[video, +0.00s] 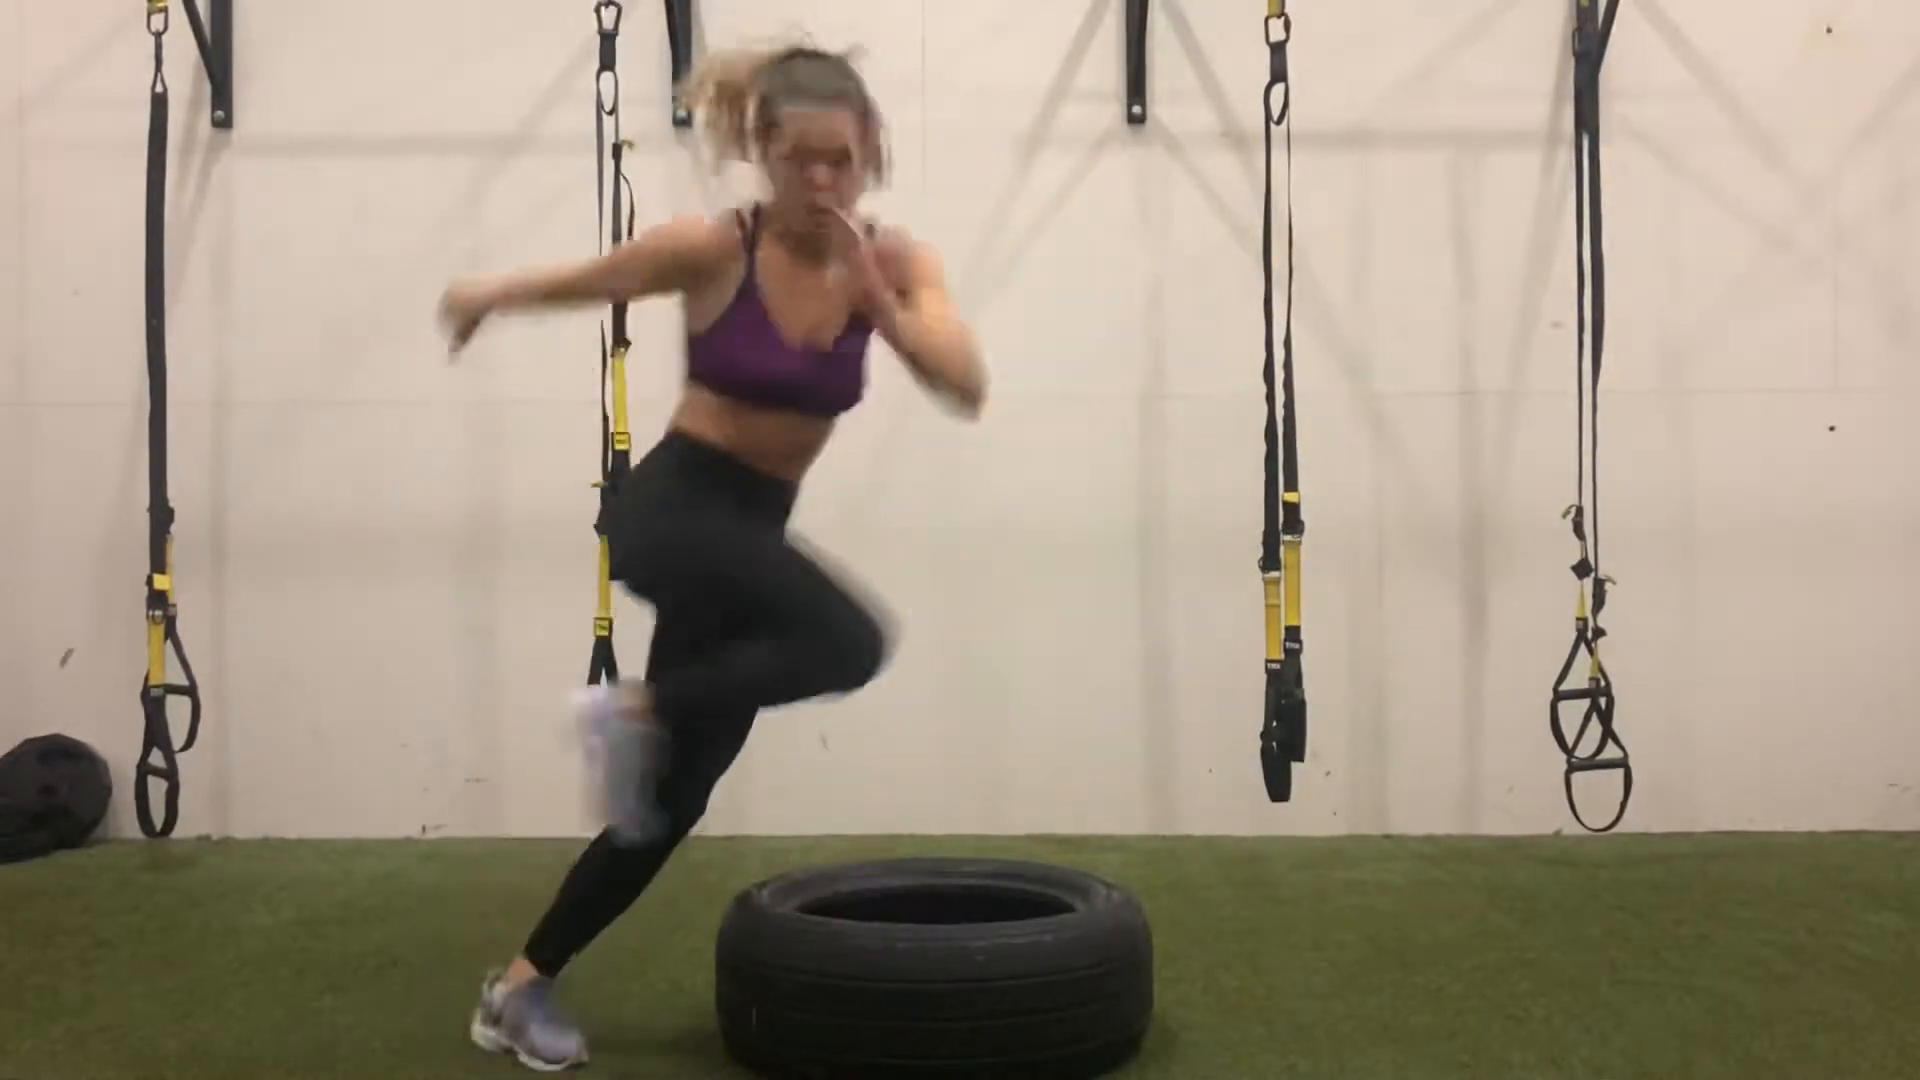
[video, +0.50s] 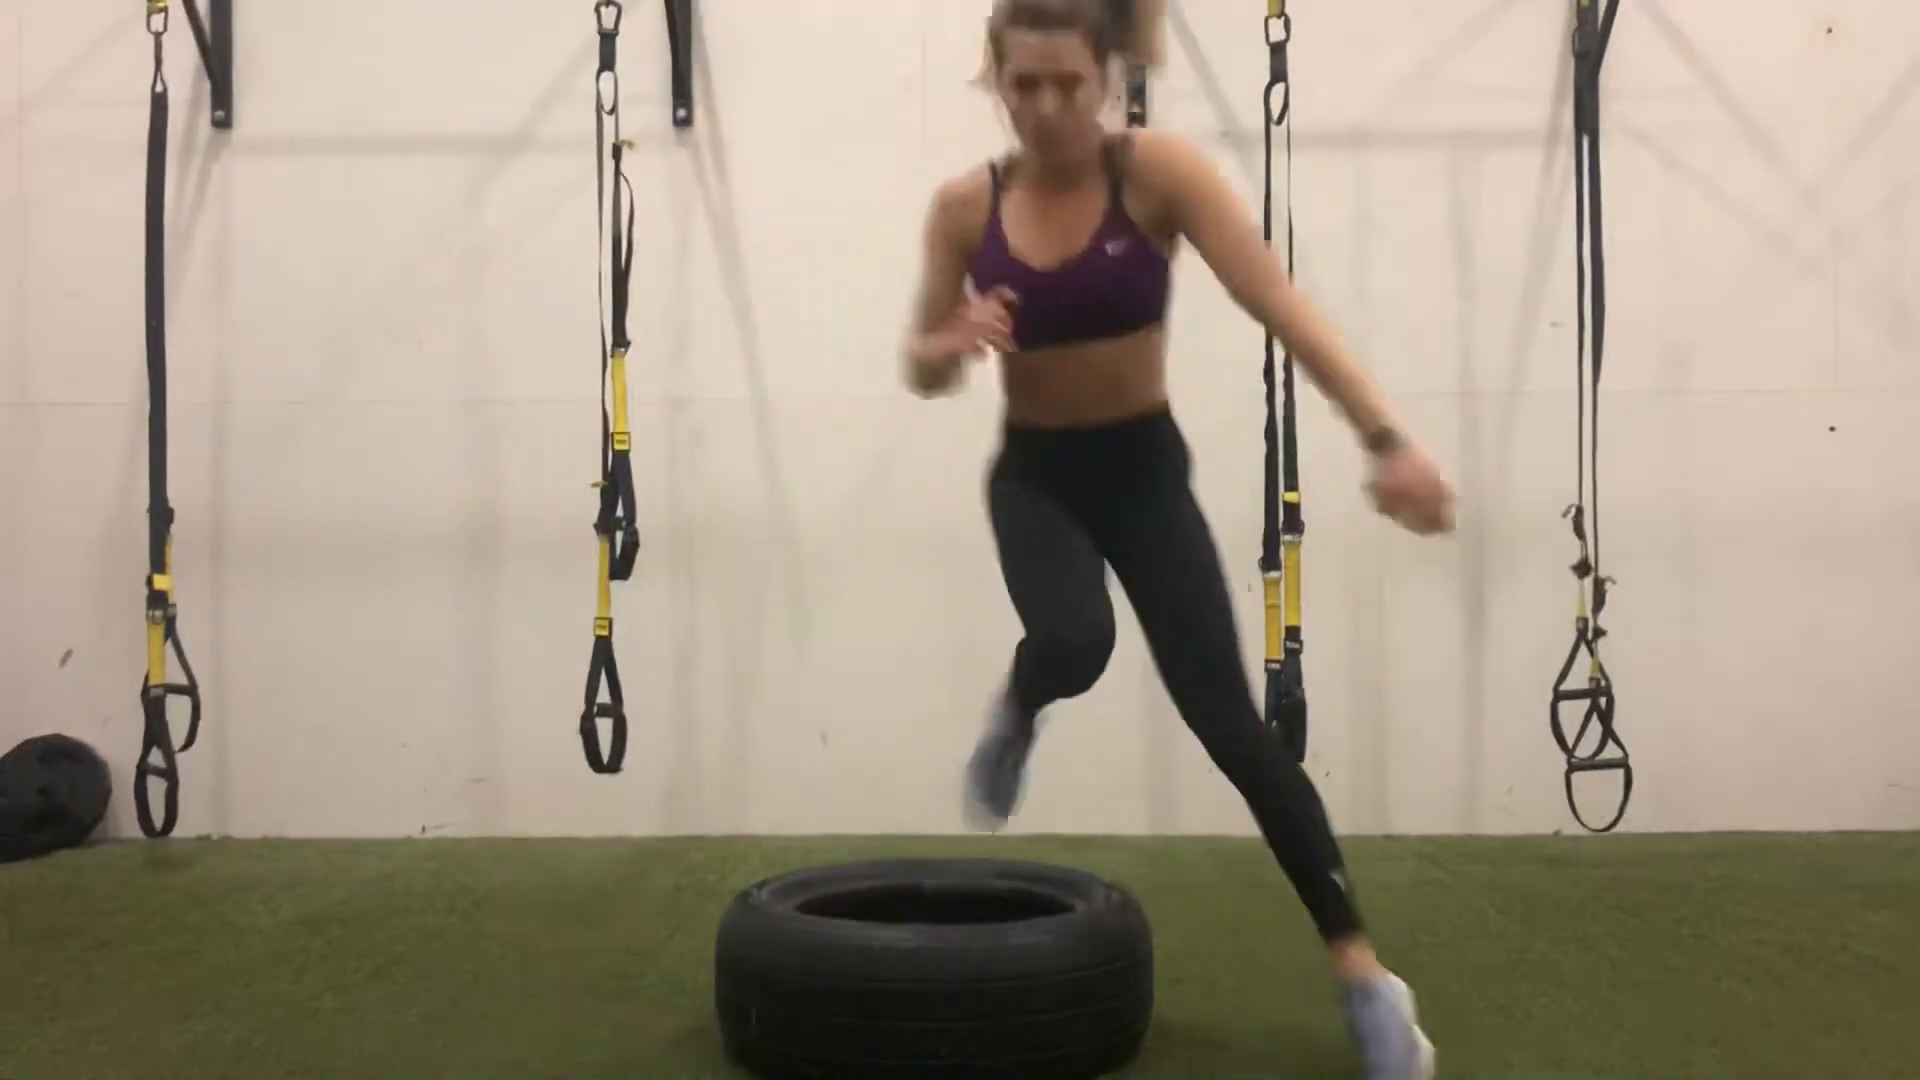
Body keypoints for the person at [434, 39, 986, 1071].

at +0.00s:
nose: (823, 179)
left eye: (841, 158)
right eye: (802, 157)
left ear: (867, 157)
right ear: (765, 155)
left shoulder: (893, 260)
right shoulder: (715, 247)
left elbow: (968, 390)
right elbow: (591, 282)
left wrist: (893, 316)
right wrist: (486, 296)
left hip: (755, 525)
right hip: (674, 502)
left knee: (675, 794)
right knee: (847, 643)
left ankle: (522, 982)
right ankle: (636, 717)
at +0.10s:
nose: (870, 97)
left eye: (885, 76)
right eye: (850, 78)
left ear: (910, 70)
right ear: (814, 72)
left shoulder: (946, 131)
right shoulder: (776, 164)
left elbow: (954, 209)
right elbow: (685, 210)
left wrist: (810, 188)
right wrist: (621, 229)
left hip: (845, 461)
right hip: (786, 451)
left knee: (743, 719)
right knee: (979, 606)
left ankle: (560, 900)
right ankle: (862, 824)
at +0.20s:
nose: (914, 83)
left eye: (932, 60)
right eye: (892, 60)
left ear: (957, 52)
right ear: (850, 53)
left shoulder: (991, 116)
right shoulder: (815, 149)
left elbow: (950, 193)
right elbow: (730, 238)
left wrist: (809, 194)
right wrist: (668, 285)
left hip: (916, 457)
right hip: (870, 458)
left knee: (895, 719)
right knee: (990, 696)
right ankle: (946, 936)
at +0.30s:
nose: (977, 100)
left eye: (994, 78)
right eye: (955, 81)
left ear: (1021, 71)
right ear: (921, 77)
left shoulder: (1061, 139)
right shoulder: (886, 182)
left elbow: (1023, 193)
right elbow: (762, 284)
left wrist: (953, 220)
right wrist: (638, 361)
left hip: (1000, 489)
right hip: (923, 487)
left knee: (1107, 701)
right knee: (974, 741)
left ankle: (910, 669)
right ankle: (934, 966)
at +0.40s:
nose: (1028, 74)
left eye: (1046, 51)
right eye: (1006, 54)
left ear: (1080, 49)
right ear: (975, 58)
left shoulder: (1126, 130)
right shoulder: (937, 165)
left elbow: (1176, 247)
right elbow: (844, 274)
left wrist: (1223, 363)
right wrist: (808, 335)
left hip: (1084, 441)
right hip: (976, 445)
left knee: (1177, 662)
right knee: (1039, 677)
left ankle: (1215, 858)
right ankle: (948, 885)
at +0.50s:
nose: (1049, 107)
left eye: (1069, 83)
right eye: (1028, 84)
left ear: (1107, 75)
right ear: (998, 82)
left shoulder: (1162, 174)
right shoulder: (965, 209)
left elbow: (1276, 301)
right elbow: (925, 372)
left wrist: (1387, 440)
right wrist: (953, 340)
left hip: (1142, 466)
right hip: (1034, 472)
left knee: (1227, 721)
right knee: (1075, 644)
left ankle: (1360, 969)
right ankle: (1014, 717)